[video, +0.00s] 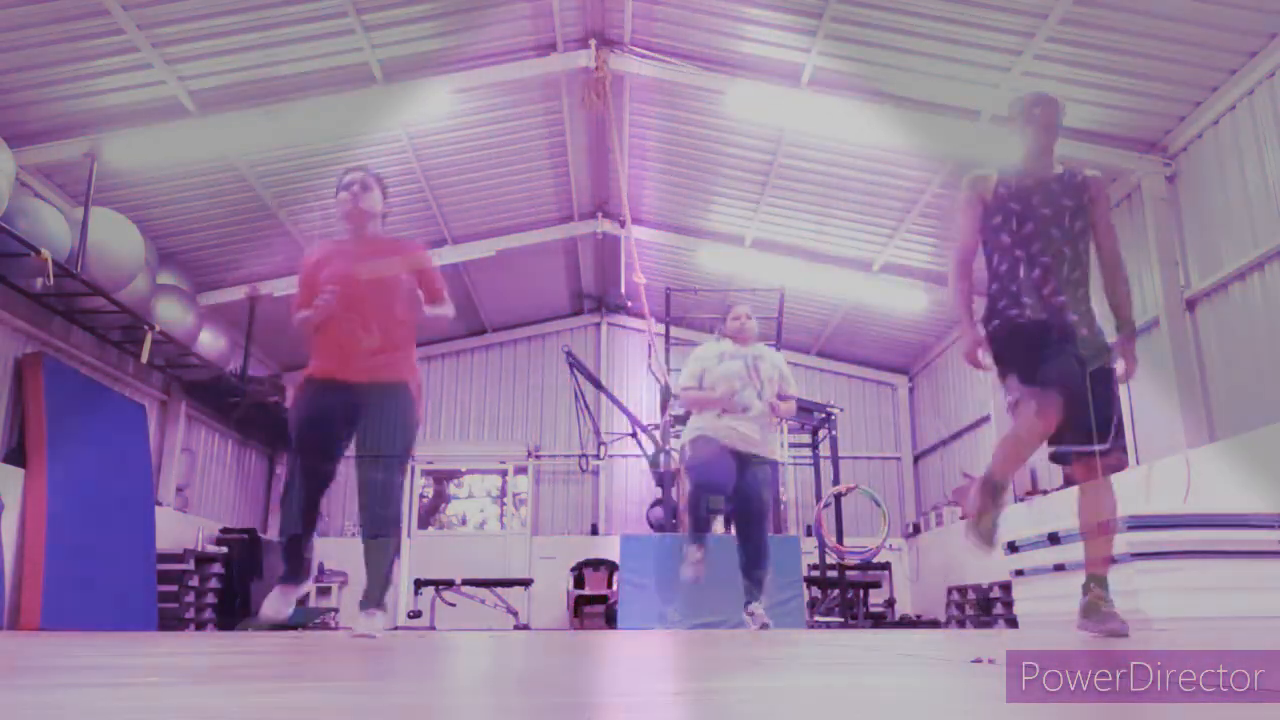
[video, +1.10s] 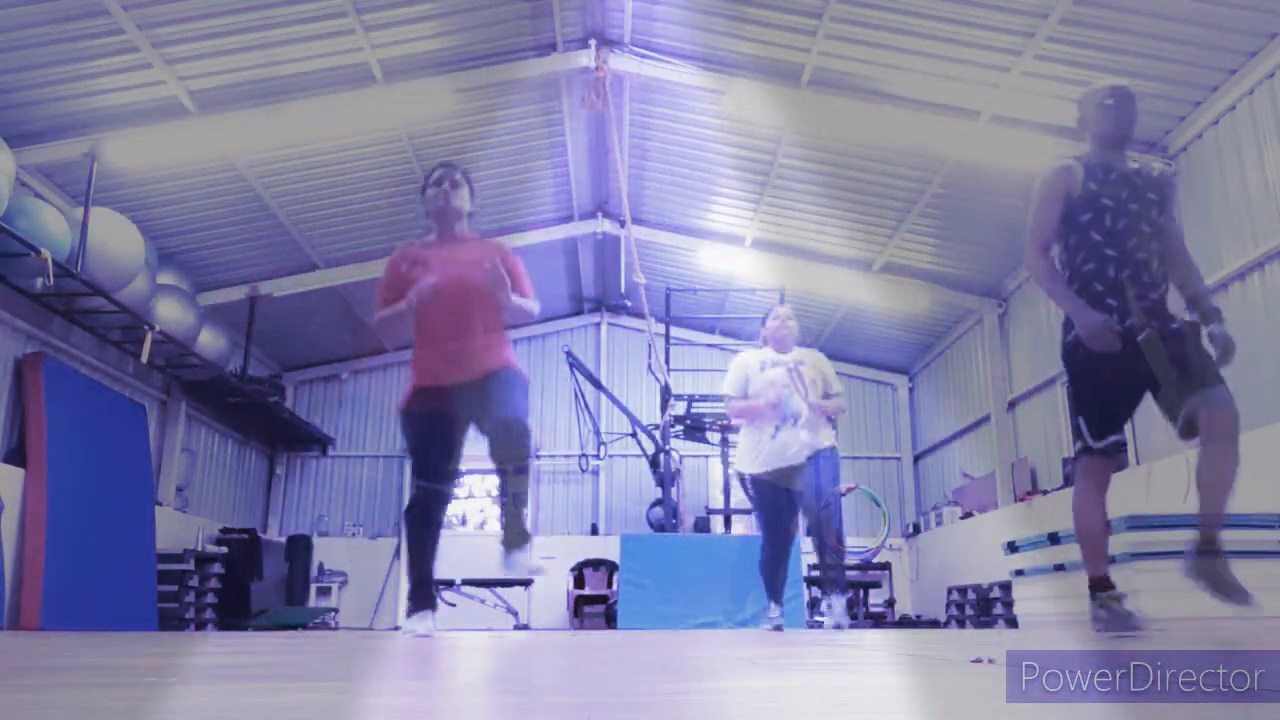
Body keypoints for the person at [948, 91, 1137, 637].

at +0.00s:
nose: (1040, 135)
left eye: (1048, 127)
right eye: (1032, 125)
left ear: (1058, 133)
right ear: (1015, 129)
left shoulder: (1085, 186)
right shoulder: (984, 188)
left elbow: (1112, 265)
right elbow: (962, 261)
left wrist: (1125, 333)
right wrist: (966, 326)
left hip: (1078, 330)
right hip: (1015, 326)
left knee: (1091, 467)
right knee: (1047, 405)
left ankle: (1097, 592)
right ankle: (990, 490)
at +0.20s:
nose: (1053, 137)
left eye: (1061, 132)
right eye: (1044, 131)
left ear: (1071, 149)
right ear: (1027, 149)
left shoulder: (1097, 210)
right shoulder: (997, 209)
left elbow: (1126, 283)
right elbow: (978, 290)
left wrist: (1149, 348)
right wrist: (974, 370)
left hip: (1093, 344)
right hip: (1029, 340)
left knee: (1101, 479)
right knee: (1098, 363)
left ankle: (1090, 601)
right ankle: (1042, 463)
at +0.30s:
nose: (1051, 122)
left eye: (1058, 115)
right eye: (1041, 115)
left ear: (1069, 125)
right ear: (1024, 127)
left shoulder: (1100, 183)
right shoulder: (1001, 191)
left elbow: (1131, 255)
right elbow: (977, 273)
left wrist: (1148, 316)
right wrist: (975, 346)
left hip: (1099, 326)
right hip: (1038, 323)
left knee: (1107, 465)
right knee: (1090, 384)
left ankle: (1103, 588)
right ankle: (1075, 524)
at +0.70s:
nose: (1067, 137)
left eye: (1073, 127)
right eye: (1058, 127)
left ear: (1084, 131)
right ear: (1040, 132)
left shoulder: (1109, 190)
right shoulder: (1025, 200)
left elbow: (1138, 262)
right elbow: (1003, 281)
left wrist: (1170, 317)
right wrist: (1026, 337)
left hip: (1120, 337)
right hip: (1069, 343)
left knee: (1166, 441)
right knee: (1087, 463)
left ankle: (1124, 521)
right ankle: (1106, 592)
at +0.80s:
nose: (1073, 133)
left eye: (1081, 123)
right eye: (1064, 124)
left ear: (1091, 127)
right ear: (1048, 129)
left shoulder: (1117, 185)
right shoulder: (1031, 190)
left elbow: (1142, 261)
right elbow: (1018, 269)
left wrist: (1180, 329)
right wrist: (1059, 318)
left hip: (1123, 333)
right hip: (1070, 338)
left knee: (1198, 399)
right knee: (1100, 464)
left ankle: (1124, 458)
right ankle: (1102, 597)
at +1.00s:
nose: (1103, 141)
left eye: (1110, 133)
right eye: (1093, 132)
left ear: (1119, 143)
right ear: (1072, 141)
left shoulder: (1140, 201)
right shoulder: (1051, 197)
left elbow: (1166, 274)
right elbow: (1034, 275)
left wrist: (1201, 332)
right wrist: (1091, 320)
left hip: (1147, 342)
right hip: (1090, 349)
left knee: (1222, 372)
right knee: (1108, 473)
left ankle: (1168, 473)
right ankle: (1103, 598)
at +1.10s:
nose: (1115, 113)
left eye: (1124, 106)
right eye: (1105, 104)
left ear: (1134, 121)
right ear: (1084, 119)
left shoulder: (1154, 182)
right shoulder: (1065, 177)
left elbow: (1176, 257)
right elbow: (1035, 256)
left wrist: (1212, 319)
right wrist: (1080, 313)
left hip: (1159, 327)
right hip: (1094, 332)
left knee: (1220, 417)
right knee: (1095, 465)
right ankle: (1101, 593)